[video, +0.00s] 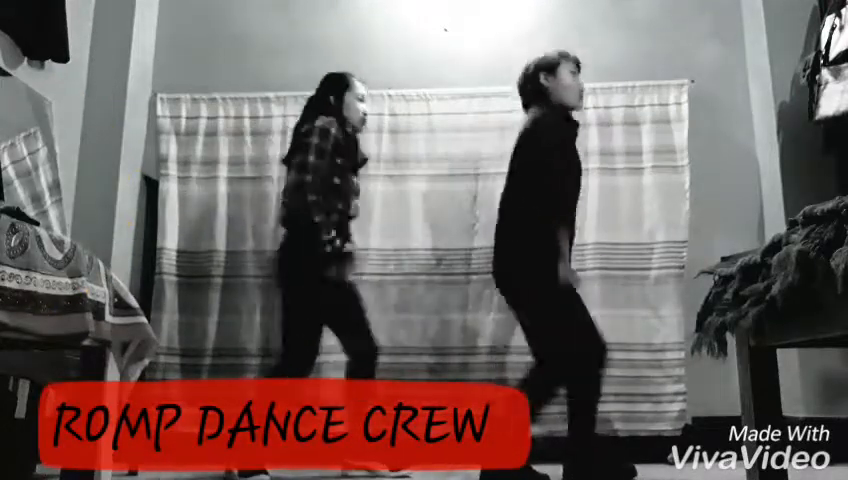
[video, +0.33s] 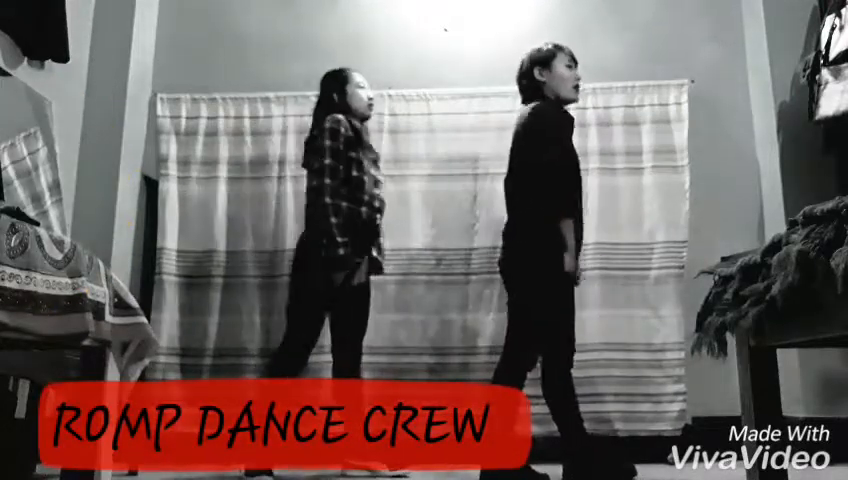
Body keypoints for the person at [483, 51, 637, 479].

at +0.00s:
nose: (581, 81)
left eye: (579, 73)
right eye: (573, 73)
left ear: (549, 82)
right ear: (547, 81)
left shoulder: (541, 128)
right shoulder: (556, 129)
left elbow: (541, 199)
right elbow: (557, 198)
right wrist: (563, 257)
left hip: (517, 263)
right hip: (534, 263)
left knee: (555, 358)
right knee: (587, 351)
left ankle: (499, 442)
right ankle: (583, 458)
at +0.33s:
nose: (578, 74)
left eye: (577, 67)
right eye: (570, 66)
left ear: (543, 78)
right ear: (542, 75)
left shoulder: (533, 120)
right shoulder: (552, 119)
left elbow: (530, 190)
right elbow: (561, 187)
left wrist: (552, 245)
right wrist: (571, 246)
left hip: (525, 252)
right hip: (545, 253)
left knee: (519, 354)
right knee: (557, 358)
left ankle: (491, 448)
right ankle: (581, 455)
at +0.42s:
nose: (574, 70)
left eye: (574, 63)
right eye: (564, 63)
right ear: (536, 74)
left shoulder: (549, 121)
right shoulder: (538, 119)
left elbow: (561, 191)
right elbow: (541, 189)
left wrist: (578, 245)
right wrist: (559, 243)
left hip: (550, 254)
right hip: (538, 255)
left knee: (558, 355)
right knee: (534, 352)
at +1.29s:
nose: (525, 80)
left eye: (533, 71)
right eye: (525, 72)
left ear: (561, 73)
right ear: (553, 77)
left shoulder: (576, 118)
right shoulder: (552, 125)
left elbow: (575, 188)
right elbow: (545, 192)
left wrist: (553, 242)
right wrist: (536, 242)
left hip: (582, 259)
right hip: (553, 262)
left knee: (610, 355)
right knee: (540, 363)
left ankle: (637, 453)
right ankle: (518, 457)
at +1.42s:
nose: (508, 99)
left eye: (516, 91)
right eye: (509, 91)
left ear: (541, 95)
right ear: (538, 96)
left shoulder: (548, 142)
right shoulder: (538, 140)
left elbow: (553, 209)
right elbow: (542, 210)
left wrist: (545, 261)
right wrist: (540, 264)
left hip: (580, 277)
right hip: (558, 276)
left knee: (555, 376)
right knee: (503, 353)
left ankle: (628, 450)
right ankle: (514, 456)